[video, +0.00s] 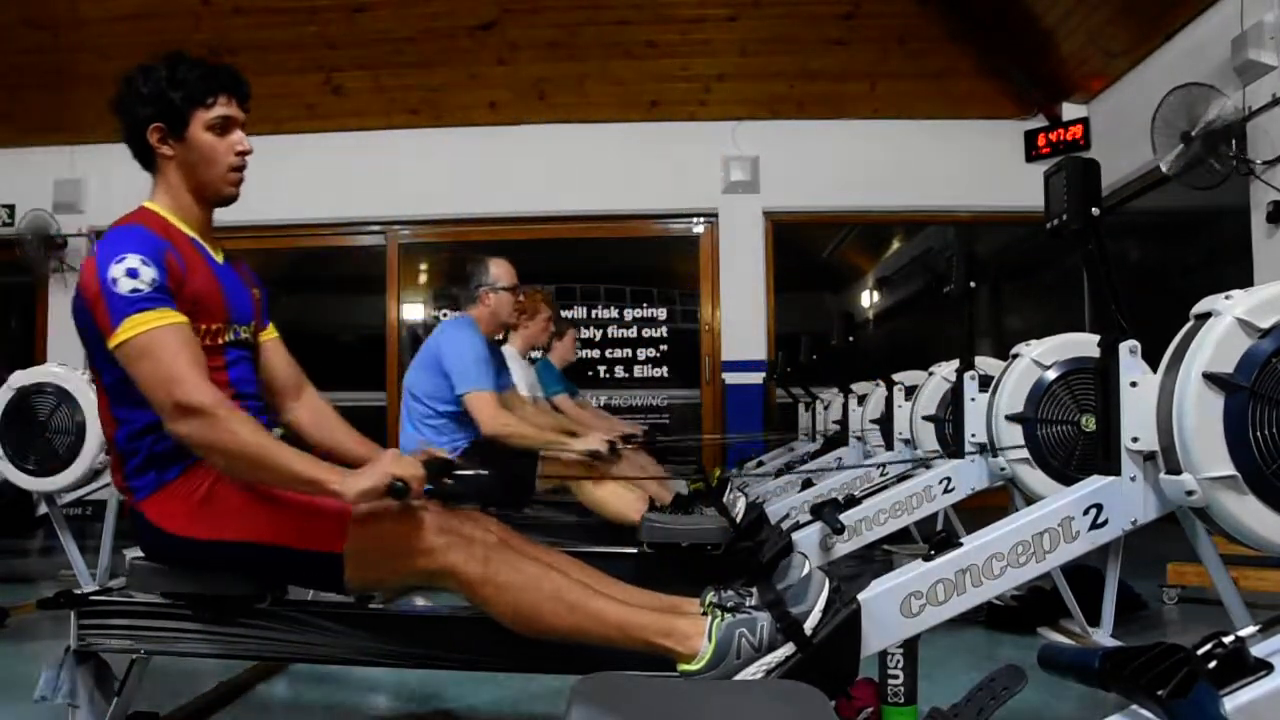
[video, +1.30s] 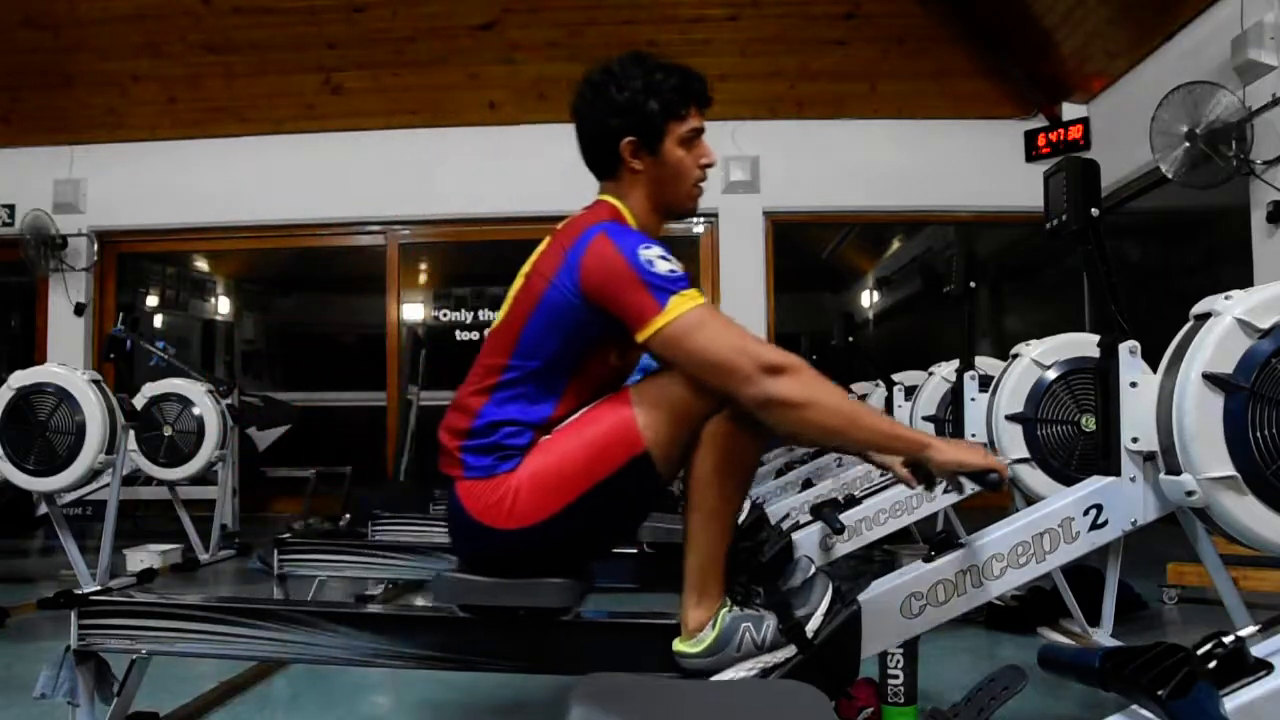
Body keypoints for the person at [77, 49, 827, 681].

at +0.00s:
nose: (243, 144)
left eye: (243, 129)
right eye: (221, 128)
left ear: (223, 144)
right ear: (163, 141)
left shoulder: (224, 269)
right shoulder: (129, 254)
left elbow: (292, 397)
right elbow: (193, 420)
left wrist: (374, 460)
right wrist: (340, 482)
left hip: (258, 483)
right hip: (193, 498)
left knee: (475, 523)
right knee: (447, 536)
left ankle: (698, 624)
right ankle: (697, 639)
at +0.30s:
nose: (329, 144)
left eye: (329, 127)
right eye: (309, 126)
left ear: (281, 138)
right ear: (248, 136)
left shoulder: (298, 263)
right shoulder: (212, 244)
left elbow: (383, 385)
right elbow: (294, 397)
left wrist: (476, 461)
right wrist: (455, 476)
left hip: (268, 474)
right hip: (207, 490)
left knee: (499, 489)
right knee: (475, 510)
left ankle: (699, 621)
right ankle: (693, 643)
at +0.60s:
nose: (436, 147)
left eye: (434, 130)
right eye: (416, 132)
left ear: (377, 145)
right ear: (356, 143)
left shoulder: (389, 260)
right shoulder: (320, 242)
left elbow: (478, 383)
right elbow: (415, 397)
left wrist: (584, 465)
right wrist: (575, 477)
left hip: (320, 478)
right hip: (264, 494)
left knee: (537, 442)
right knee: (513, 459)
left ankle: (691, 612)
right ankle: (693, 640)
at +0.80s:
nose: (515, 151)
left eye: (511, 132)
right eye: (494, 133)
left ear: (449, 152)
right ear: (436, 148)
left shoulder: (450, 253)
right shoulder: (400, 247)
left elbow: (545, 380)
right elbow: (515, 399)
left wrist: (651, 466)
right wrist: (675, 471)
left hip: (366, 481)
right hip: (322, 495)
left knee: (584, 411)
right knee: (564, 419)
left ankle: (692, 611)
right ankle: (696, 642)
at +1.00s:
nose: (598, 155)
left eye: (594, 136)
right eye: (579, 137)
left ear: (529, 153)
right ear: (520, 150)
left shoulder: (502, 244)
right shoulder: (487, 248)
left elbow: (611, 378)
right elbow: (620, 389)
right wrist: (780, 468)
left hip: (422, 483)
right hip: (396, 499)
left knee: (633, 386)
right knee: (633, 398)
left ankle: (698, 620)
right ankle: (700, 641)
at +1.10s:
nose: (640, 157)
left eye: (635, 138)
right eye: (621, 139)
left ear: (571, 154)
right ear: (563, 152)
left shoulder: (546, 244)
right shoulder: (533, 248)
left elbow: (665, 373)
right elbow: (672, 388)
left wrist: (821, 441)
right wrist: (829, 464)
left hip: (460, 490)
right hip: (437, 503)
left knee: (667, 384)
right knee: (661, 398)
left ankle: (705, 616)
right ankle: (701, 637)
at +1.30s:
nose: (708, 157)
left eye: (704, 139)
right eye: (691, 141)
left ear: (638, 155)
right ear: (634, 154)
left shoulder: (619, 243)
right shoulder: (610, 248)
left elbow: (764, 366)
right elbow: (765, 383)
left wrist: (883, 445)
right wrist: (923, 447)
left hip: (520, 495)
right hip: (502, 506)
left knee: (734, 373)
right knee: (730, 384)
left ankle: (705, 607)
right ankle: (702, 623)